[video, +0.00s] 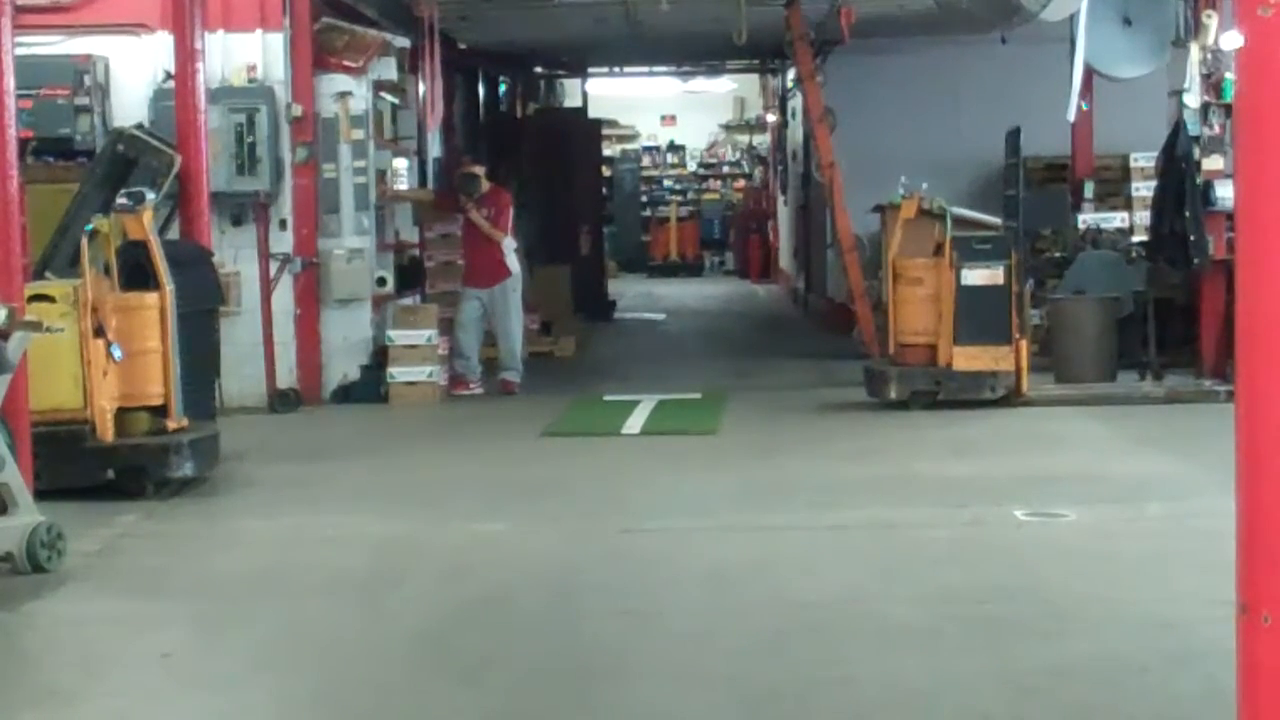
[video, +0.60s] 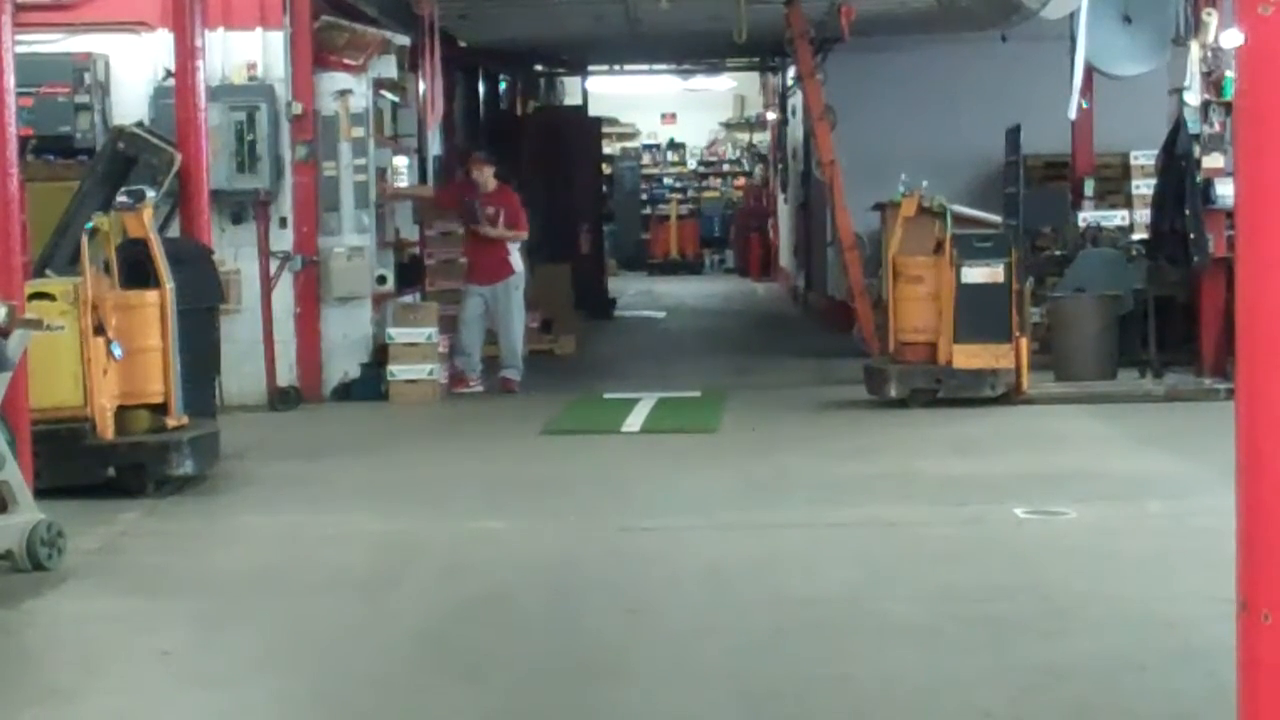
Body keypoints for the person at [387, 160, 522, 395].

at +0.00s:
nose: (468, 201)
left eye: (469, 196)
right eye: (465, 198)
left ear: (479, 187)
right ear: (461, 191)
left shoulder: (501, 198)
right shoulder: (464, 197)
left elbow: (500, 236)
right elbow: (430, 196)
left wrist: (475, 216)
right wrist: (393, 194)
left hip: (503, 279)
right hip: (474, 280)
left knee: (508, 328)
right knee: (465, 327)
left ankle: (510, 376)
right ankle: (469, 378)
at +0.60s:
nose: (476, 174)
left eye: (480, 168)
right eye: (473, 169)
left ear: (492, 169)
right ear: (469, 171)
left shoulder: (507, 197)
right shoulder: (465, 192)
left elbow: (522, 233)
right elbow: (432, 192)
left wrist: (494, 232)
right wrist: (395, 191)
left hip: (506, 275)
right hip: (477, 275)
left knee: (510, 326)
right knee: (468, 323)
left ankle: (511, 374)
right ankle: (471, 376)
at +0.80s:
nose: (490, 169)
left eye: (496, 164)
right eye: (488, 164)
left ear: (507, 169)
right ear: (484, 167)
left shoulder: (517, 196)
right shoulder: (474, 189)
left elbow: (532, 235)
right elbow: (437, 191)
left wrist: (517, 257)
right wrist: (396, 192)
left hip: (509, 274)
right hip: (479, 273)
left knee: (511, 326)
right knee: (470, 323)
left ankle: (510, 374)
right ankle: (470, 375)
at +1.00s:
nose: (509, 166)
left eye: (515, 163)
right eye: (507, 161)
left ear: (522, 168)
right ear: (500, 162)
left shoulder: (528, 198)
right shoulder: (484, 187)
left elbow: (538, 237)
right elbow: (449, 191)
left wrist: (540, 271)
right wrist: (415, 198)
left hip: (514, 278)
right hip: (482, 275)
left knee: (515, 330)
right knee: (473, 326)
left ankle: (511, 373)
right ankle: (471, 373)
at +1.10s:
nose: (515, 166)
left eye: (521, 163)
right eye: (513, 161)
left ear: (528, 169)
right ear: (506, 162)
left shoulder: (533, 198)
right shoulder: (488, 187)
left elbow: (542, 237)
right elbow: (455, 195)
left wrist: (546, 270)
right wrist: (430, 213)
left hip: (515, 276)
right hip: (483, 273)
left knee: (515, 329)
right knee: (475, 324)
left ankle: (511, 373)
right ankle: (471, 372)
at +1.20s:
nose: (521, 164)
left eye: (527, 162)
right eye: (519, 159)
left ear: (533, 168)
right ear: (512, 161)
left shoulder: (537, 198)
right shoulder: (491, 186)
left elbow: (545, 238)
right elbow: (460, 205)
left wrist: (548, 272)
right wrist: (447, 233)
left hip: (519, 274)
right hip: (486, 270)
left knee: (517, 327)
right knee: (477, 322)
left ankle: (512, 372)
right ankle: (474, 370)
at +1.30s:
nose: (526, 164)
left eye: (532, 161)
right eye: (523, 158)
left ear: (537, 167)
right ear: (514, 160)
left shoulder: (539, 197)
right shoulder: (493, 187)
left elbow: (546, 237)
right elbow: (473, 216)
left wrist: (550, 272)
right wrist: (466, 243)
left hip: (522, 272)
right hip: (489, 268)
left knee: (520, 325)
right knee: (484, 320)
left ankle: (513, 371)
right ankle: (481, 368)